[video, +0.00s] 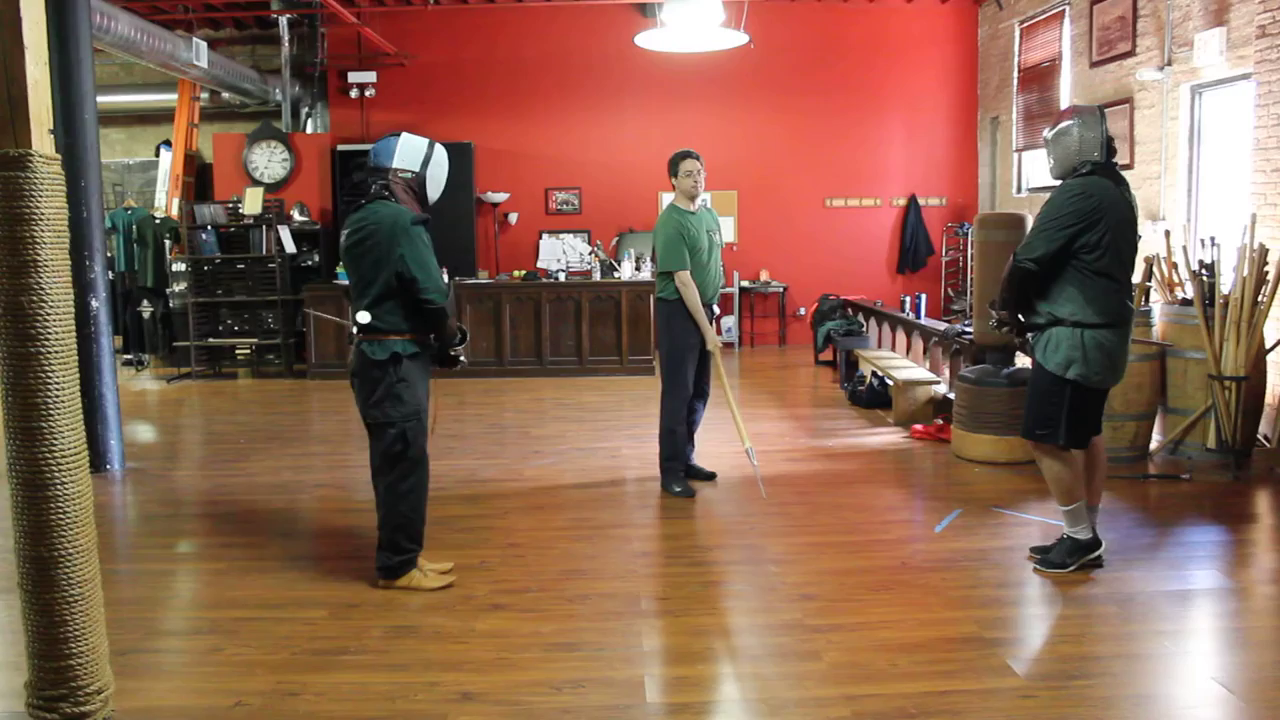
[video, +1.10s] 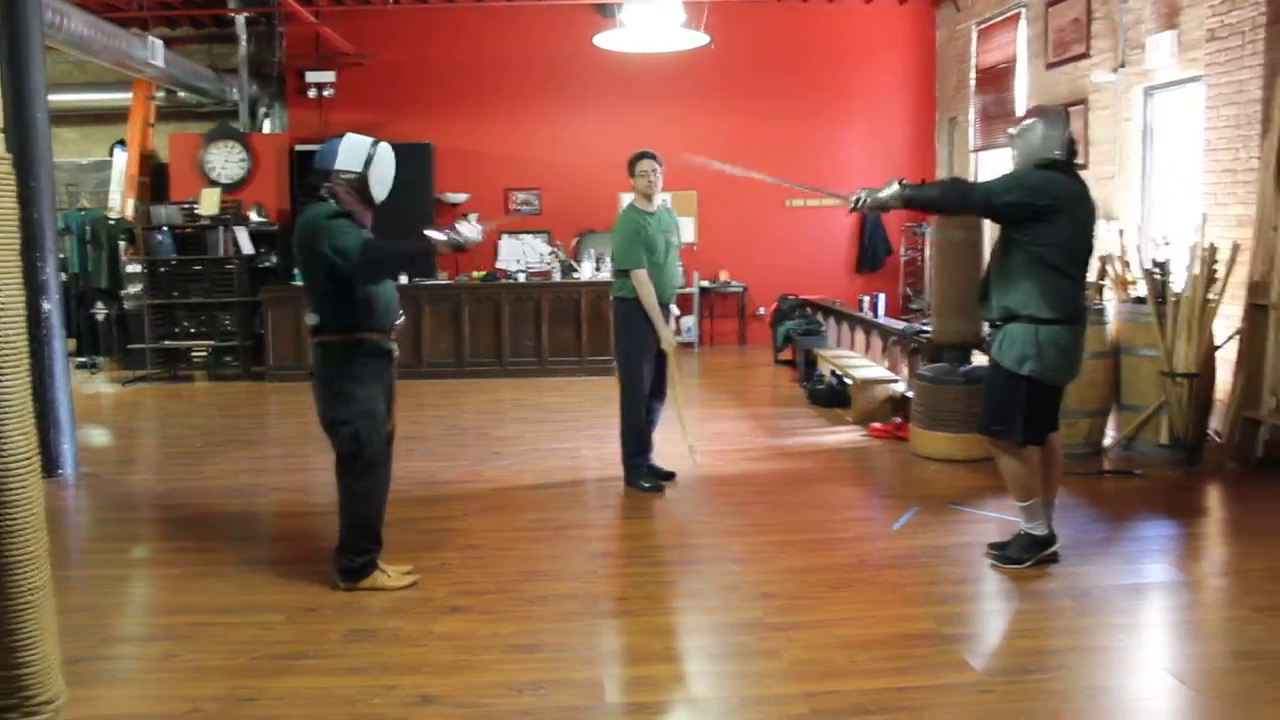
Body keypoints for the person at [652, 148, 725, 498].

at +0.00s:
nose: (697, 178)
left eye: (700, 173)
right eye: (689, 174)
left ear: (705, 177)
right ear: (674, 181)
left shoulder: (708, 215)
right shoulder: (671, 223)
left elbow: (713, 261)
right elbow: (683, 280)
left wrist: (715, 304)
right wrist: (707, 329)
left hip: (704, 308)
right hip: (677, 310)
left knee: (698, 391)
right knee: (677, 391)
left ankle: (683, 460)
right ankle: (671, 472)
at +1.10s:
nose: (651, 178)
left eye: (655, 172)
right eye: (643, 174)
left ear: (662, 177)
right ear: (632, 181)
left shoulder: (668, 216)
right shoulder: (629, 221)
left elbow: (671, 263)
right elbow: (640, 278)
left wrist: (671, 306)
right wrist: (661, 326)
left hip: (660, 306)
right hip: (633, 307)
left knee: (655, 389)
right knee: (636, 389)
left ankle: (643, 459)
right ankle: (634, 468)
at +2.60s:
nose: (628, 179)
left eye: (632, 174)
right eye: (621, 174)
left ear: (638, 179)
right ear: (608, 181)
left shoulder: (640, 219)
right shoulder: (605, 217)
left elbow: (652, 258)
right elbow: (621, 255)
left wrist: (652, 296)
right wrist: (648, 285)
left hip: (633, 308)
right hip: (607, 308)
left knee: (632, 389)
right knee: (611, 389)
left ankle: (620, 460)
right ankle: (610, 469)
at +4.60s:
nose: (601, 180)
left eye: (605, 175)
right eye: (594, 175)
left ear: (609, 181)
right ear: (579, 180)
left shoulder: (605, 220)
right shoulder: (574, 213)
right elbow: (598, 231)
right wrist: (620, 246)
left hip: (609, 314)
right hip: (584, 314)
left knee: (610, 395)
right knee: (584, 396)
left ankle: (606, 467)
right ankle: (580, 480)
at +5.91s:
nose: (599, 181)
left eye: (603, 176)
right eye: (591, 176)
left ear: (608, 181)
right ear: (577, 181)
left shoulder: (603, 219)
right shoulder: (573, 213)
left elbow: (612, 250)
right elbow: (592, 228)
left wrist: (623, 249)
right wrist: (613, 243)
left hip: (609, 315)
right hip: (583, 315)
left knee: (610, 395)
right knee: (584, 396)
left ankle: (606, 467)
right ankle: (581, 480)